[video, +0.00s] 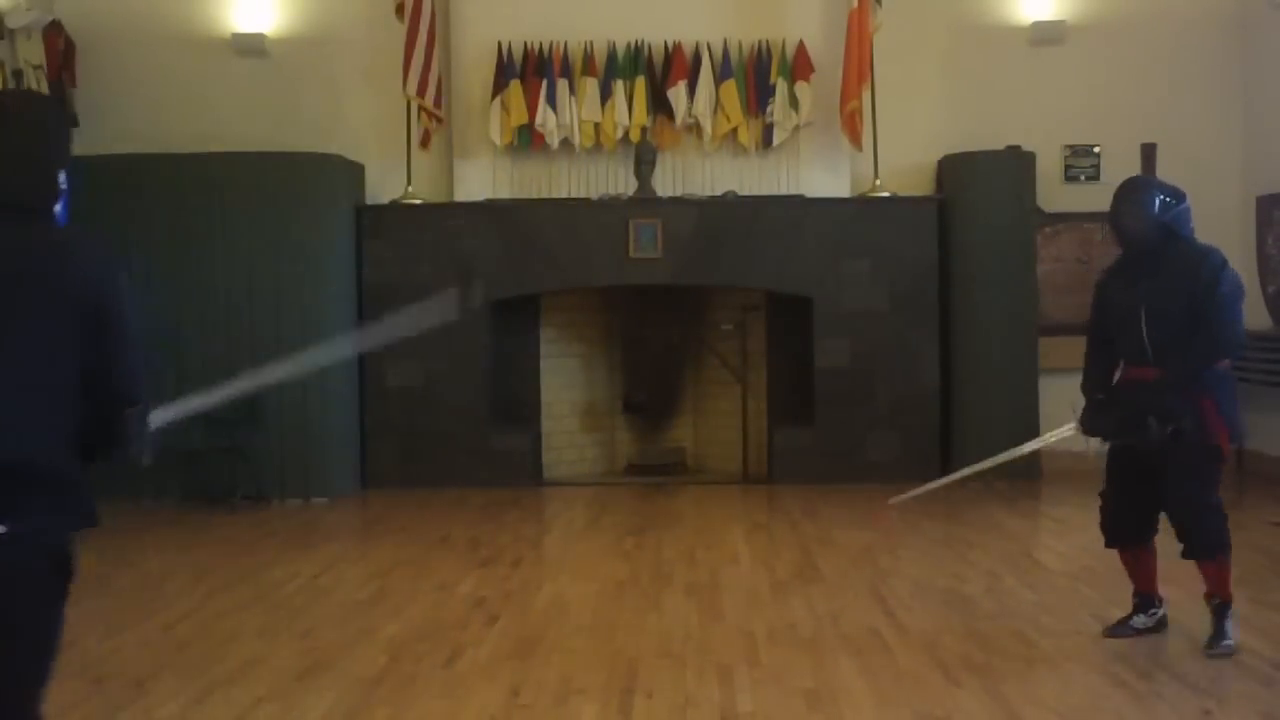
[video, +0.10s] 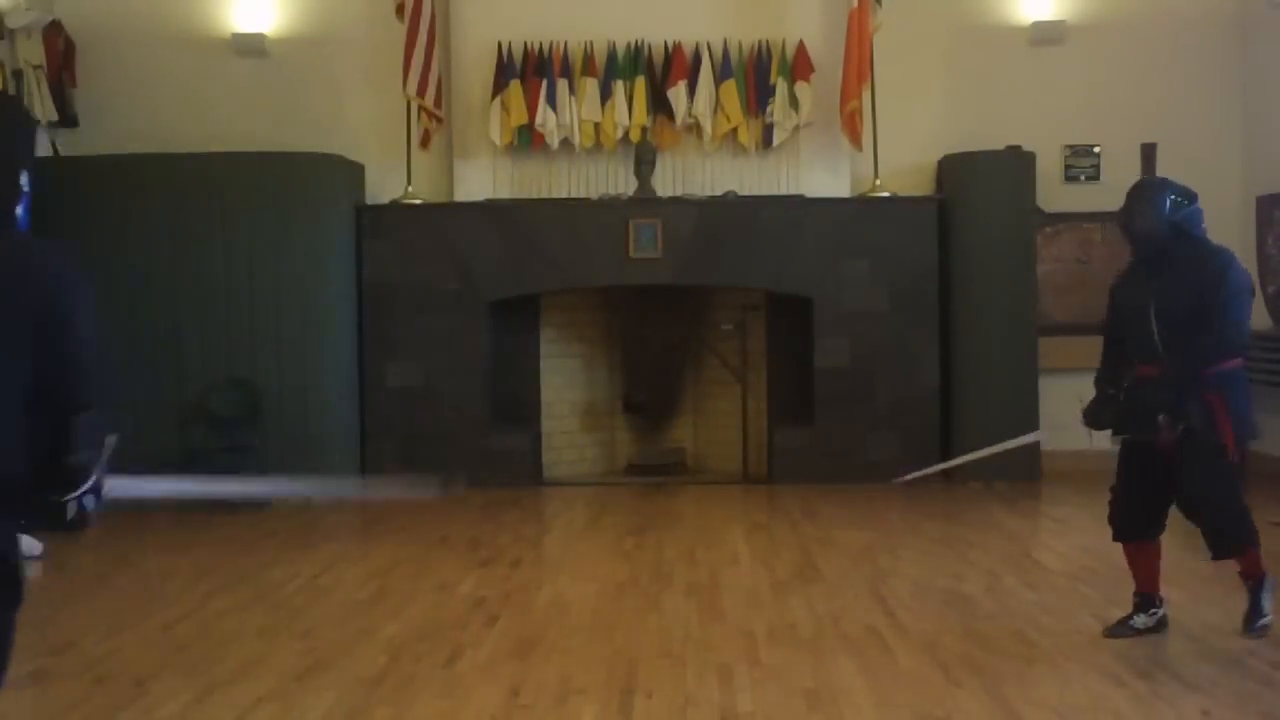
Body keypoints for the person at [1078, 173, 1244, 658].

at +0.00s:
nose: (1124, 230)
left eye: (1133, 219)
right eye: (1119, 220)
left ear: (1161, 216)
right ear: (1116, 224)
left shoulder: (1205, 267)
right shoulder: (1115, 279)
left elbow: (1223, 345)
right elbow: (1099, 350)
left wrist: (1170, 397)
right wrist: (1097, 402)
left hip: (1195, 415)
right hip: (1134, 415)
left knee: (1198, 512)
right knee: (1125, 512)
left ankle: (1221, 613)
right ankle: (1147, 607)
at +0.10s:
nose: (1133, 228)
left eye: (1142, 218)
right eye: (1130, 219)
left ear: (1171, 216)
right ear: (1131, 223)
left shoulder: (1218, 268)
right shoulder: (1132, 280)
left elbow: (1227, 343)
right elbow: (1116, 346)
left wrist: (1176, 389)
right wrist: (1107, 393)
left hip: (1209, 409)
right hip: (1148, 410)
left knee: (1215, 501)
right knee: (1133, 508)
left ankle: (1257, 586)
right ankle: (1148, 605)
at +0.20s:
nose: (1145, 230)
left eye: (1152, 219)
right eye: (1144, 221)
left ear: (1180, 217)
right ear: (1153, 224)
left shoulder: (1230, 266)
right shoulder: (1152, 280)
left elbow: (1237, 343)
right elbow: (1137, 346)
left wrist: (1179, 380)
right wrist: (1123, 392)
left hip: (1230, 404)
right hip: (1171, 405)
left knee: (1241, 500)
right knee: (1147, 502)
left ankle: (1279, 577)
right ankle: (1149, 605)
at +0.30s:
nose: (1169, 230)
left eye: (1176, 219)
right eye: (1168, 220)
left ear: (1202, 218)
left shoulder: (1252, 273)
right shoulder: (1179, 280)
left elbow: (1256, 353)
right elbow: (1163, 344)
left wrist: (1195, 399)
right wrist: (1147, 390)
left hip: (1253, 416)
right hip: (1194, 416)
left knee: (1268, 520)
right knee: (1167, 508)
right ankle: (1152, 603)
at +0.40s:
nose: (1191, 229)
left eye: (1200, 219)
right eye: (1190, 219)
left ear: (1224, 219)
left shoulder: (1261, 272)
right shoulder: (1198, 276)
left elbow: (1261, 347)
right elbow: (1183, 345)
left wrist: (1206, 396)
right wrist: (1171, 393)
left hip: (1259, 420)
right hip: (1208, 417)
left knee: (1272, 519)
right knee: (1189, 507)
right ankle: (1166, 595)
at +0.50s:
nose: (1208, 225)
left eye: (1215, 215)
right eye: (1206, 215)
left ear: (1239, 214)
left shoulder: (1263, 265)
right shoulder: (1213, 269)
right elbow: (1196, 339)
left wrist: (1195, 398)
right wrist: (1191, 391)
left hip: (1262, 411)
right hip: (1222, 408)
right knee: (1206, 495)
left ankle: (1199, 589)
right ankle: (1198, 590)